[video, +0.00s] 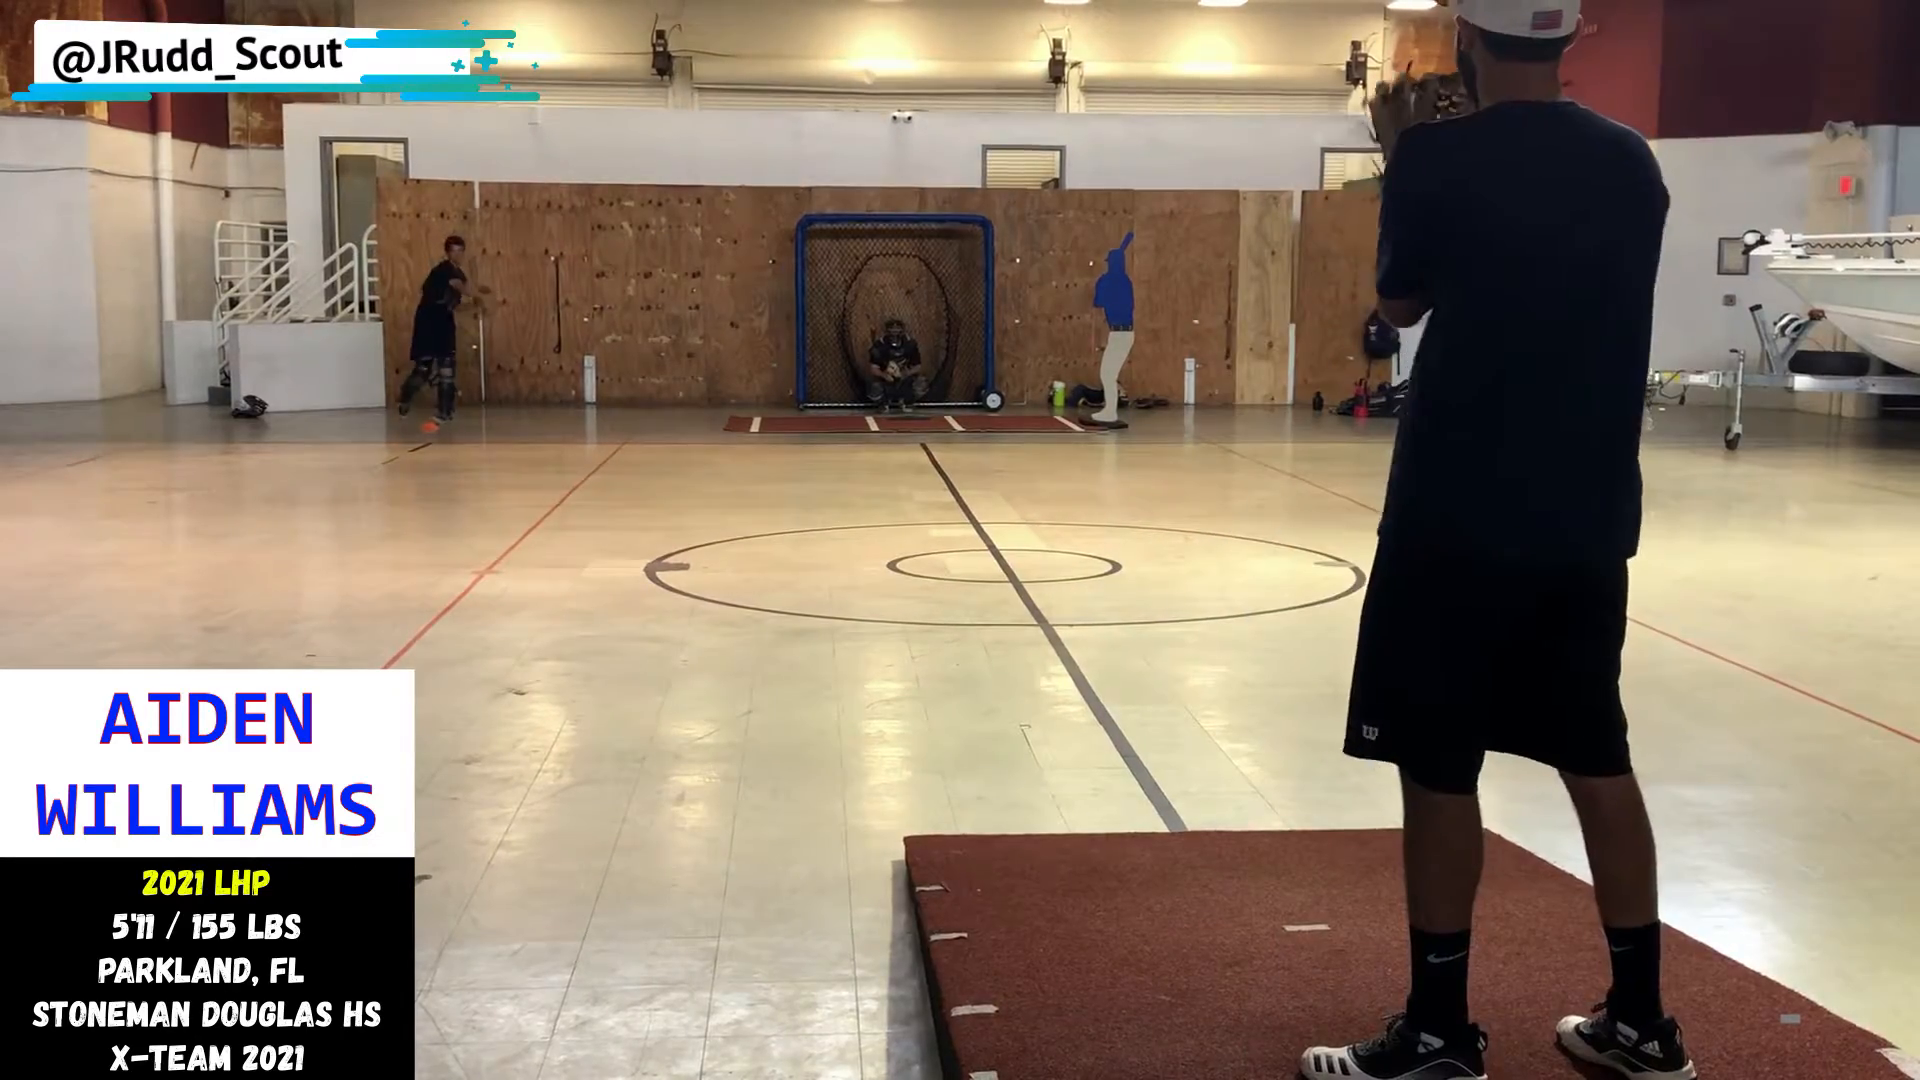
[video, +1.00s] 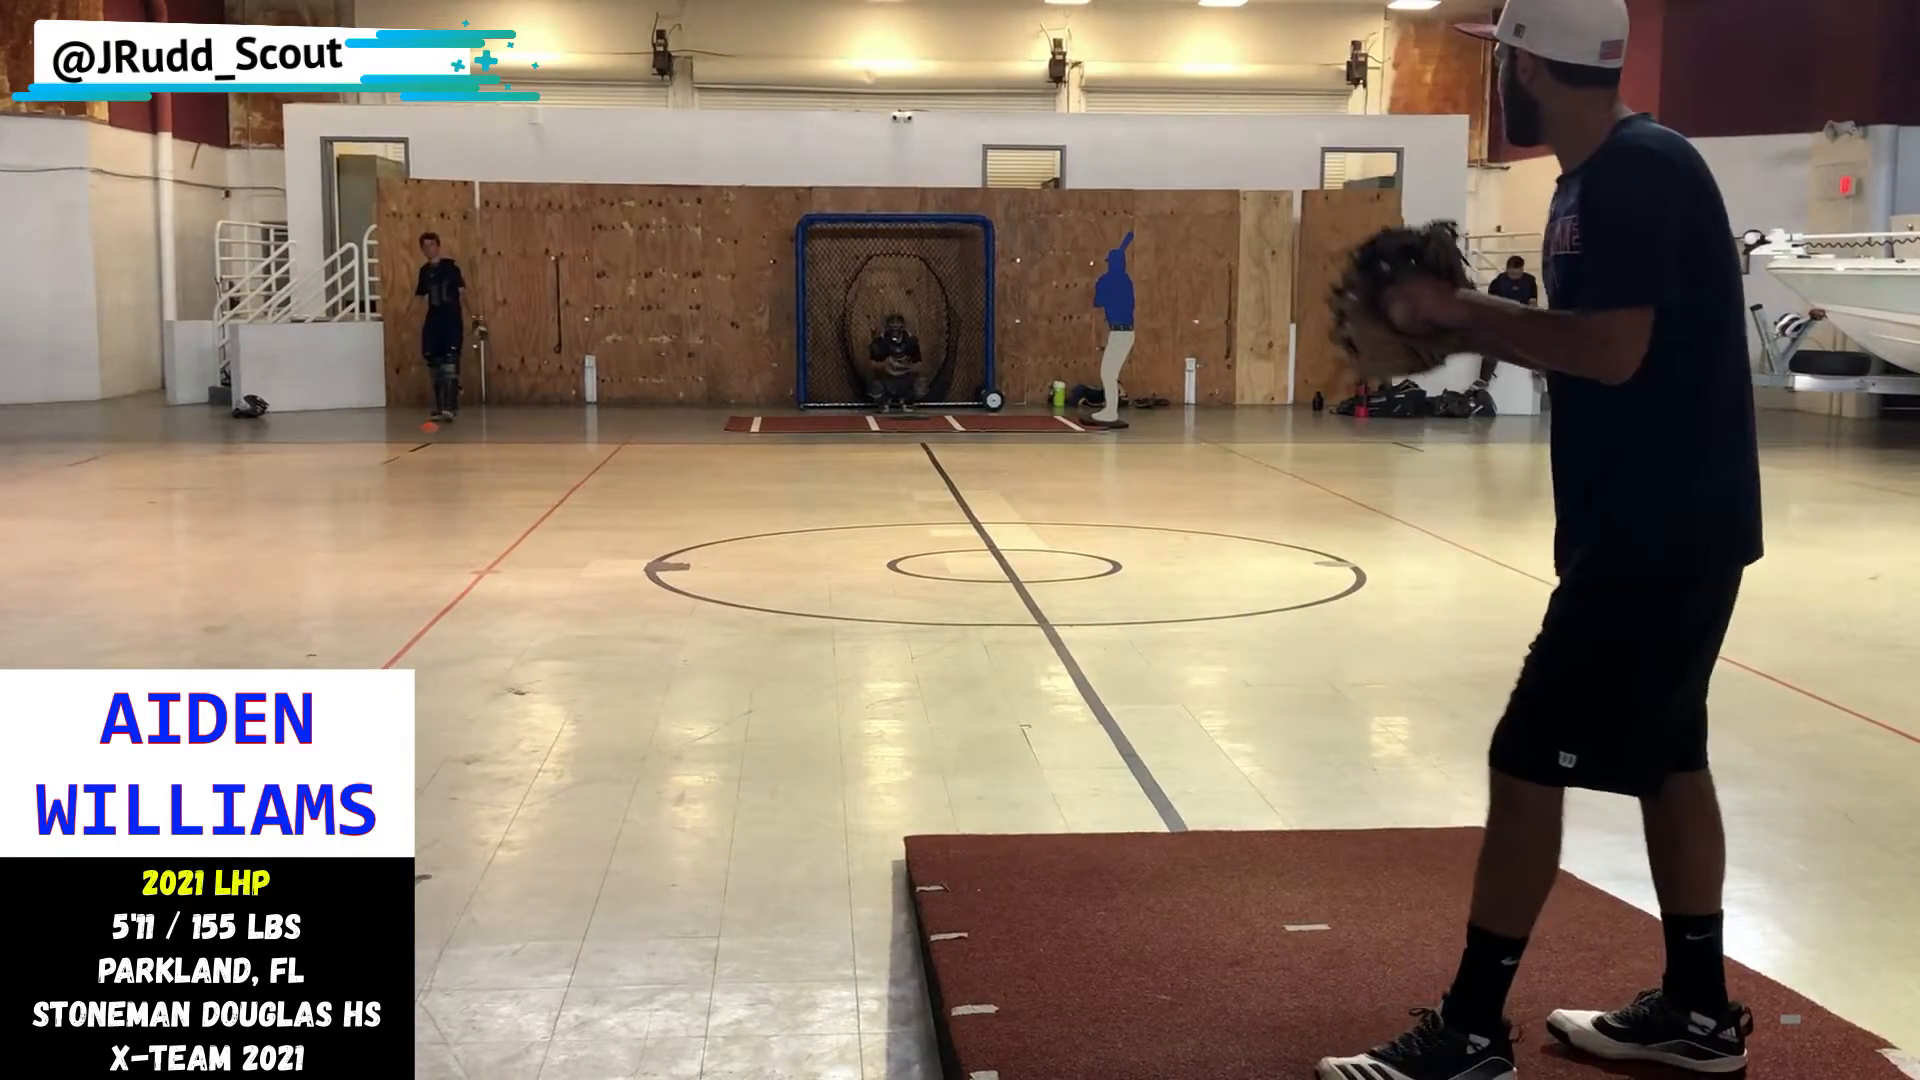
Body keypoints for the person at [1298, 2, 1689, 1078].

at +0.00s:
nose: (1459, 45)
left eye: (1460, 32)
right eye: (1480, 33)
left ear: (1470, 43)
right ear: (1567, 41)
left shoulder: (1435, 157)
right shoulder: (1634, 163)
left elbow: (1400, 300)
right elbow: (1565, 291)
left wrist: (1410, 160)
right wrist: (1414, 311)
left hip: (1452, 520)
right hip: (1587, 522)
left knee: (1438, 763)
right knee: (1598, 757)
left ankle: (1437, 1028)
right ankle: (1640, 1014)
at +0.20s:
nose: (1445, 39)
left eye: (1446, 27)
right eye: (1460, 28)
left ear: (1453, 38)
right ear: (1551, 37)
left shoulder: (1432, 153)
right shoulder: (1616, 150)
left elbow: (1404, 294)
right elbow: (1544, 276)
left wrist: (1389, 155)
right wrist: (1419, 144)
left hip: (1464, 518)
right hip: (1594, 518)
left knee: (1440, 765)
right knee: (1600, 762)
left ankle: (1436, 1028)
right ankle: (1641, 1011)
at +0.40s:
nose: (1412, 63)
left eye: (1415, 43)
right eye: (1420, 43)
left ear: (1429, 51)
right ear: (1529, 48)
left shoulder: (1431, 171)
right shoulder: (1600, 152)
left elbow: (1387, 350)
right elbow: (1552, 311)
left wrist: (1377, 258)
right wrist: (1409, 247)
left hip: (1511, 526)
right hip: (1629, 515)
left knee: (1436, 767)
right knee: (1561, 742)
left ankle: (1436, 1030)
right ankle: (1662, 980)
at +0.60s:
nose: (1442, 95)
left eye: (1443, 72)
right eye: (1443, 73)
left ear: (1467, 71)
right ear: (1547, 69)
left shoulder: (1530, 178)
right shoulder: (1604, 169)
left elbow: (1517, 363)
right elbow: (1567, 355)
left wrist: (1425, 339)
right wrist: (1453, 336)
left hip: (1580, 534)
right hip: (1657, 525)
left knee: (1465, 754)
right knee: (1622, 762)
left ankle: (1436, 1026)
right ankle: (1688, 1002)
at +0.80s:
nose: (1485, 89)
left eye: (1489, 66)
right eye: (1488, 67)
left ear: (1513, 67)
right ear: (1585, 62)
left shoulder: (1609, 174)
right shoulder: (1612, 168)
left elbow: (1616, 346)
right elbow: (1602, 338)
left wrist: (1478, 343)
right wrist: (1487, 336)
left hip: (1639, 540)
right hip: (1667, 532)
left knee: (1525, 753)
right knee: (1657, 754)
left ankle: (1469, 1023)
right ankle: (1693, 1003)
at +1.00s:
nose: (1501, 85)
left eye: (1508, 61)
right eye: (1503, 62)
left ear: (1539, 66)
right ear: (1601, 64)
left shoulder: (1633, 175)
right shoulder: (1611, 174)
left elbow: (1611, 347)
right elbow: (1593, 342)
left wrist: (1460, 315)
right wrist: (1471, 313)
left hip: (1645, 546)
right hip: (1671, 539)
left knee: (1525, 758)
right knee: (1669, 758)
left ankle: (1471, 1028)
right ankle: (1696, 1004)